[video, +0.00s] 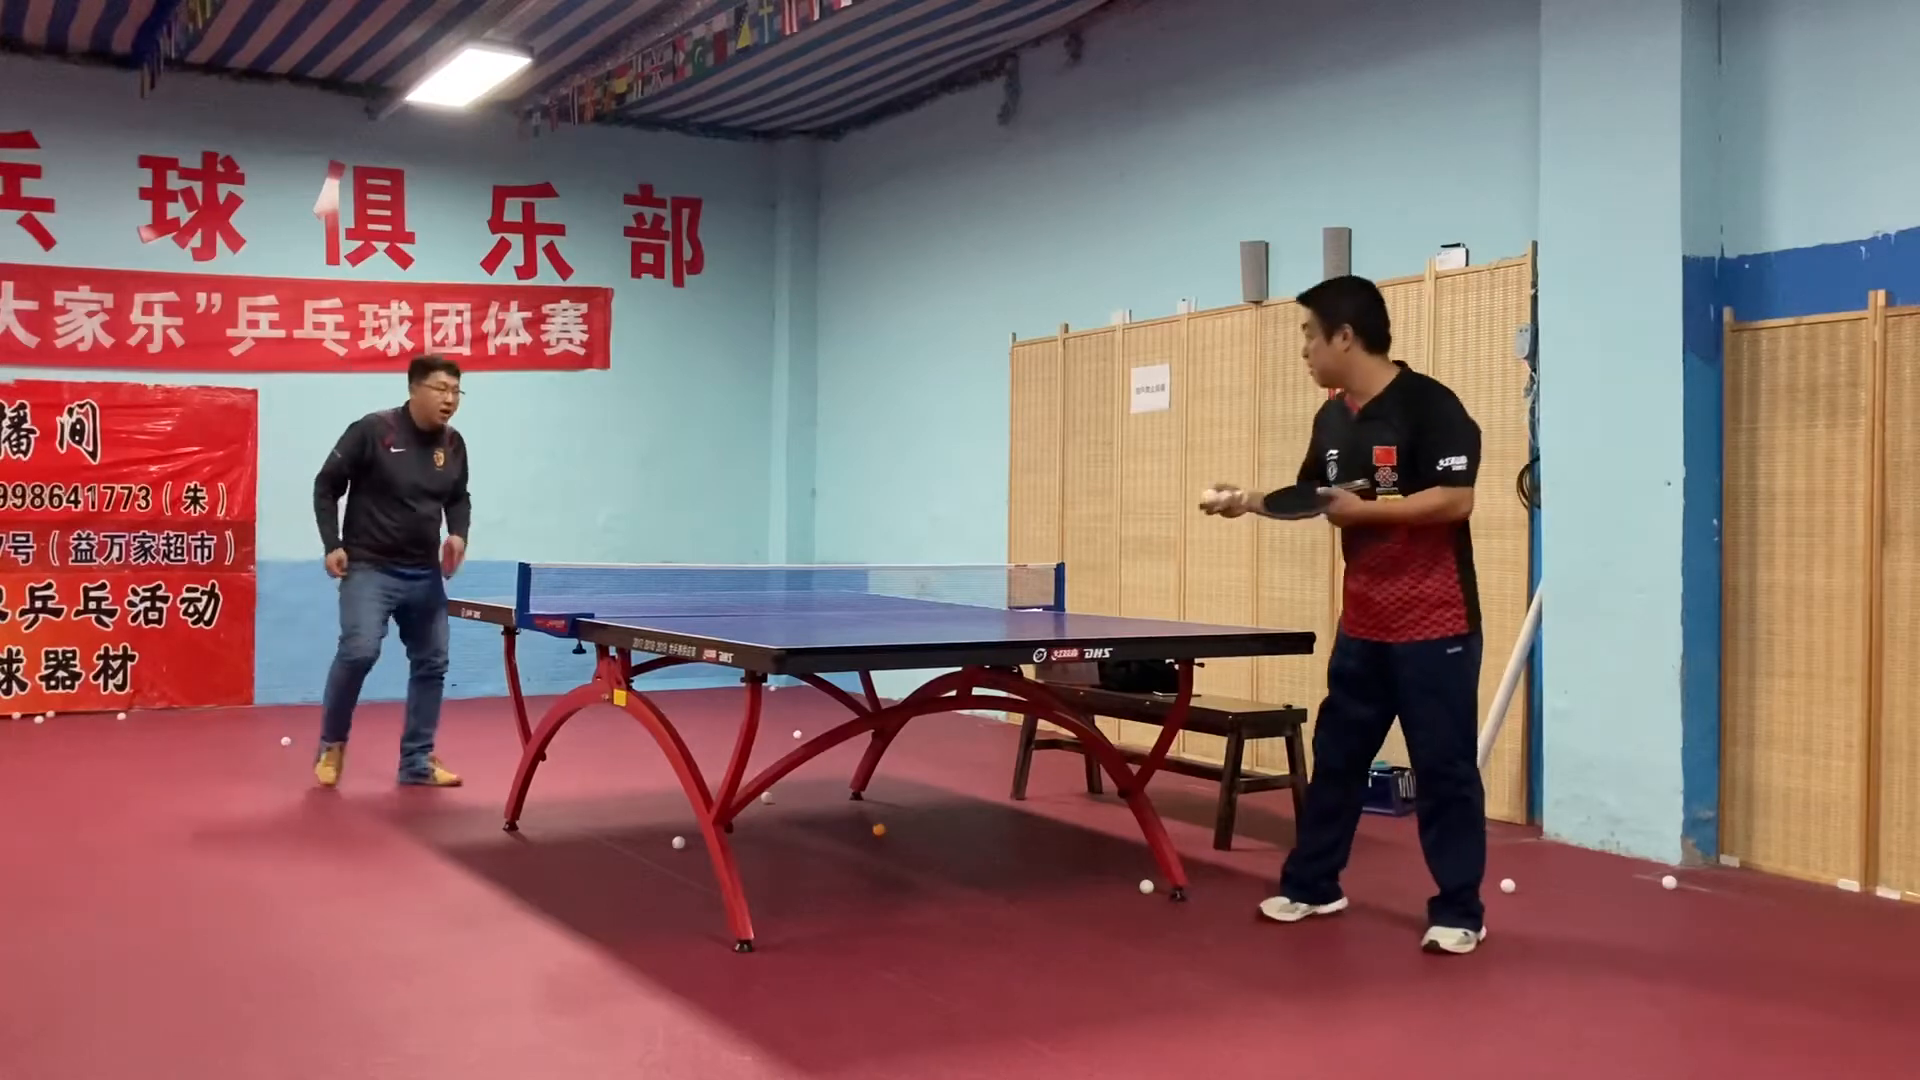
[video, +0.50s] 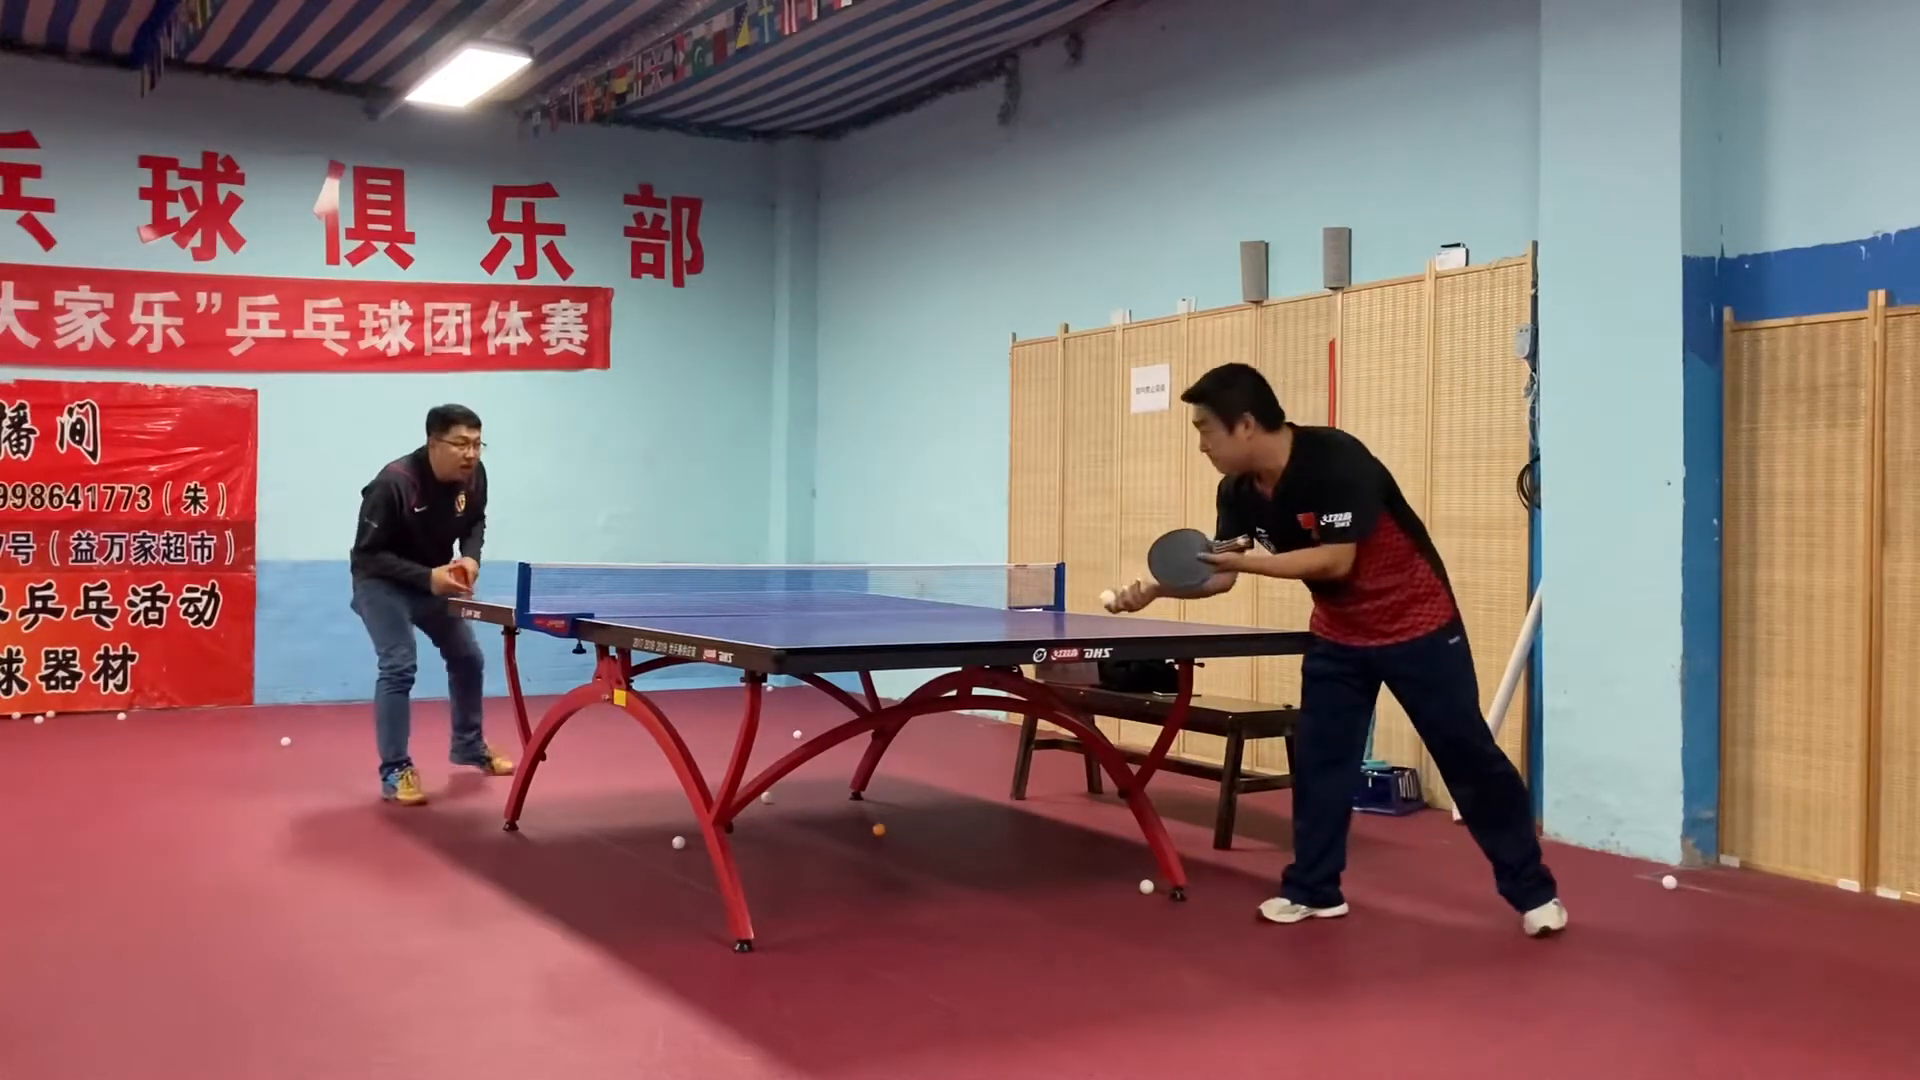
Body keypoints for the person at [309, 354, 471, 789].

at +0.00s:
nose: (449, 399)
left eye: (454, 392)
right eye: (440, 390)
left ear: (458, 398)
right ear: (414, 390)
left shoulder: (452, 443)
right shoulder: (372, 431)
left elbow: (457, 496)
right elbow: (326, 484)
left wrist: (458, 534)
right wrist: (332, 544)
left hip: (423, 575)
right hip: (368, 571)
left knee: (431, 664)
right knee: (359, 652)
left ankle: (417, 762)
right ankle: (332, 746)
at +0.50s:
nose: (470, 454)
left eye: (476, 444)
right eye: (461, 444)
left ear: (480, 444)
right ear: (432, 443)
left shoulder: (473, 475)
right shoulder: (393, 483)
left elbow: (475, 523)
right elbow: (367, 556)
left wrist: (470, 558)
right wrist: (427, 577)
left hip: (432, 582)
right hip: (381, 582)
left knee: (468, 658)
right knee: (399, 665)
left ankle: (468, 746)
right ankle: (395, 770)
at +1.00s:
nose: (510, 450)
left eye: (516, 442)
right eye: (500, 440)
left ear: (521, 445)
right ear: (474, 439)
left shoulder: (502, 481)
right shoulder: (433, 475)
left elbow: (497, 530)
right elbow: (392, 542)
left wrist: (493, 561)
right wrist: (451, 572)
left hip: (443, 583)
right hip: (396, 579)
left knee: (469, 661)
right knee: (402, 663)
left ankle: (469, 755)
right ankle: (393, 770)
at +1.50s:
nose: (516, 433)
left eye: (522, 426)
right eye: (508, 423)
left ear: (524, 431)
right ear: (481, 422)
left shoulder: (500, 479)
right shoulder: (442, 458)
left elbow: (494, 529)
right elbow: (404, 521)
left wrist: (506, 564)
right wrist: (451, 559)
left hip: (439, 583)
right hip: (394, 574)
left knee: (467, 663)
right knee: (376, 656)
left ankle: (469, 755)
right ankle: (328, 758)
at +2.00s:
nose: (487, 430)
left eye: (493, 423)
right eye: (478, 420)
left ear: (496, 425)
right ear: (450, 417)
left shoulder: (489, 464)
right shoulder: (398, 453)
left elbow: (507, 515)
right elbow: (363, 517)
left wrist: (536, 538)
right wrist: (404, 554)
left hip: (457, 594)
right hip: (394, 595)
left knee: (513, 659)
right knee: (358, 676)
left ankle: (534, 766)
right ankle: (307, 775)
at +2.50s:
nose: (538, 438)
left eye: (547, 430)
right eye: (529, 428)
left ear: (555, 431)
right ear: (506, 425)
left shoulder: (561, 480)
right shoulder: (471, 453)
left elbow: (569, 546)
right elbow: (439, 499)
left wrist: (552, 598)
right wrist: (425, 548)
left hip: (527, 602)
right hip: (462, 593)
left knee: (545, 668)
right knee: (405, 676)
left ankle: (557, 779)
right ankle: (382, 766)